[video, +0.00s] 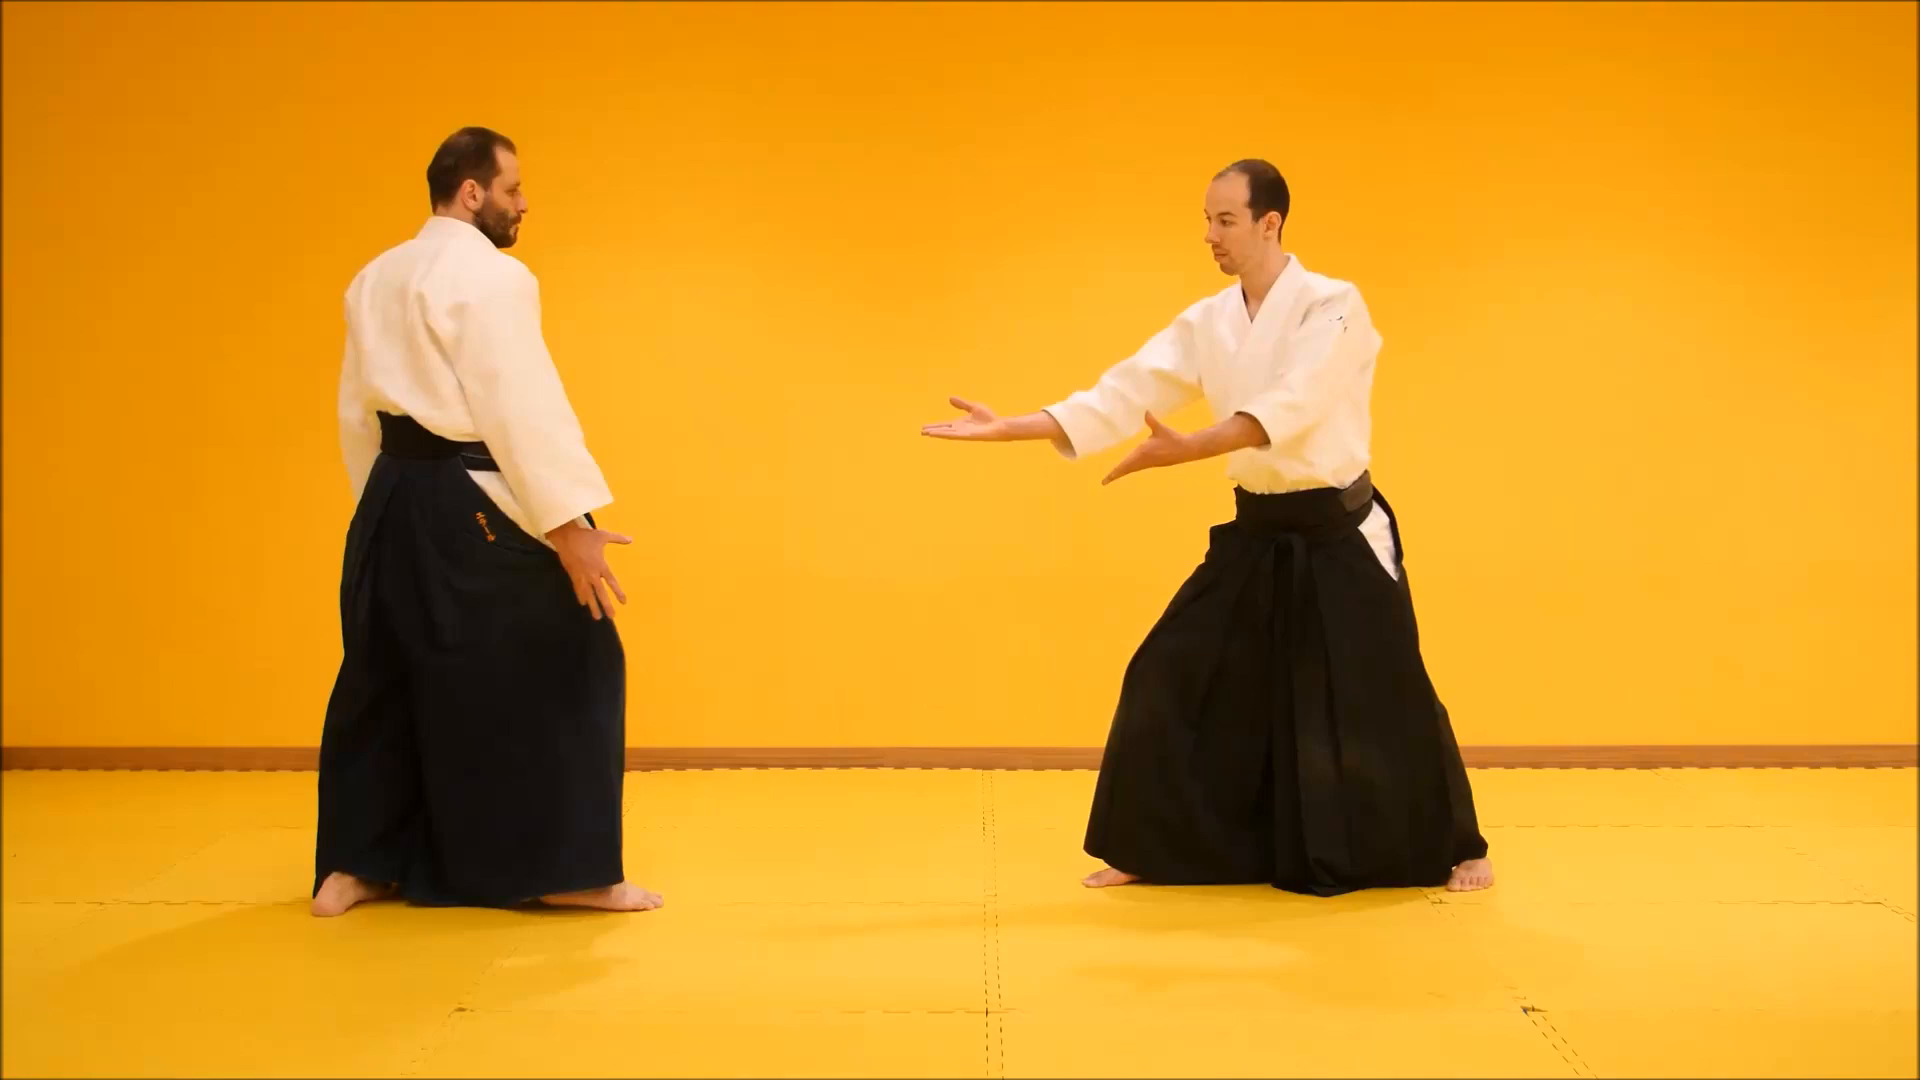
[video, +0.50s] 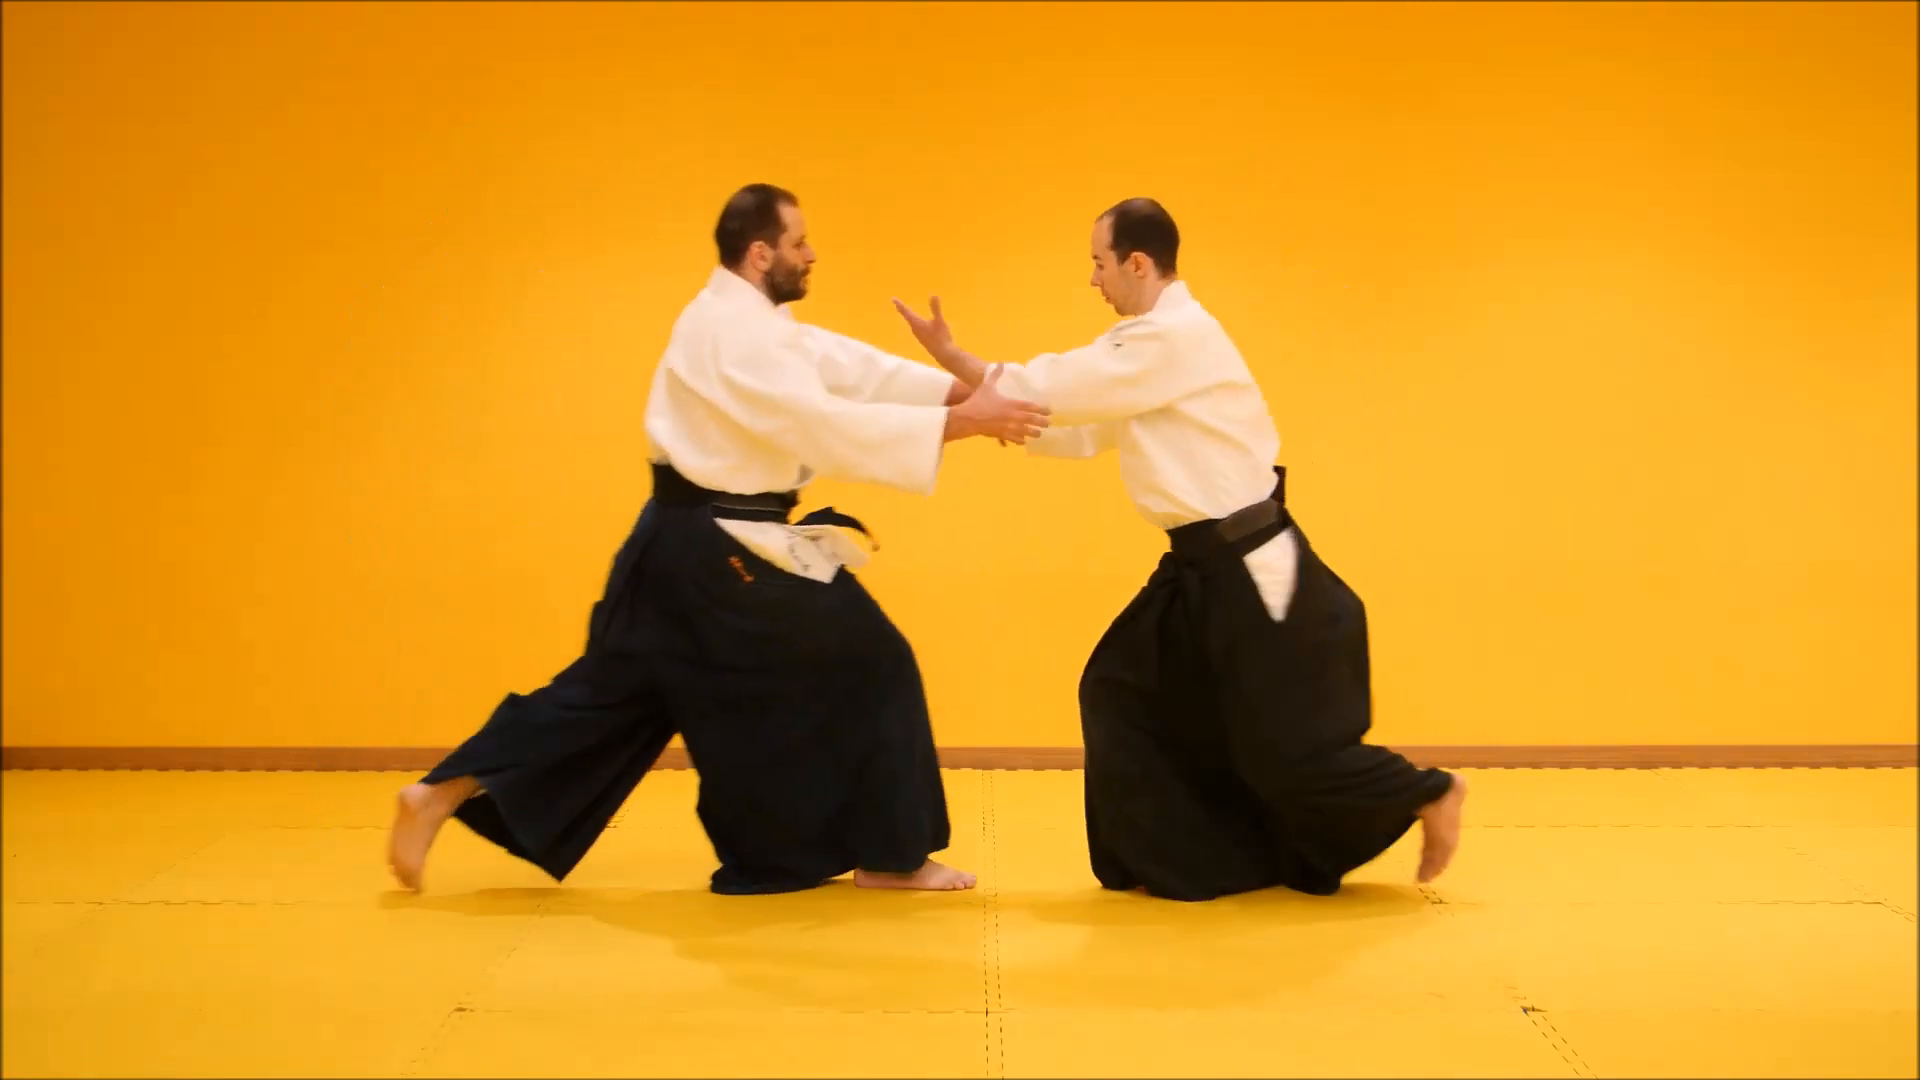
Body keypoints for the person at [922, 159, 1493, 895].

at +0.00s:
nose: (1210, 236)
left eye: (1222, 220)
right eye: (1207, 221)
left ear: (1271, 220)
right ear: (1223, 226)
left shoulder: (1333, 306)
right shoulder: (1209, 322)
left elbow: (1293, 408)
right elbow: (1119, 394)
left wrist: (1189, 446)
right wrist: (1004, 426)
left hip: (1343, 531)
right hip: (1254, 535)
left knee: (1394, 689)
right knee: (1161, 675)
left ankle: (1461, 846)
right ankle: (1147, 846)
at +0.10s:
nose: (1211, 237)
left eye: (1223, 220)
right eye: (1208, 222)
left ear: (1272, 221)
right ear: (1226, 227)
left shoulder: (1338, 307)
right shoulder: (1212, 322)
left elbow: (1295, 407)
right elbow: (1121, 395)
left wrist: (1192, 447)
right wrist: (1007, 426)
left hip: (1346, 531)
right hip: (1257, 535)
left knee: (1393, 690)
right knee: (1165, 676)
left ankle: (1460, 846)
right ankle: (1147, 846)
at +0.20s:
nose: (1204, 240)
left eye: (1216, 223)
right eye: (1203, 225)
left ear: (1265, 225)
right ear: (1235, 229)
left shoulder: (1334, 310)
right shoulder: (1212, 325)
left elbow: (1290, 414)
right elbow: (1124, 398)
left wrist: (1180, 449)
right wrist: (1012, 427)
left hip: (1347, 533)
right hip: (1259, 537)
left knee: (1395, 690)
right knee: (1163, 670)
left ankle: (1460, 845)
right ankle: (1150, 845)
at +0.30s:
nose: (1178, 250)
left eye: (1190, 234)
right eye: (1178, 235)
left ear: (1238, 239)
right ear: (1223, 242)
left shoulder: (1310, 329)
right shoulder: (1199, 336)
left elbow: (1226, 416)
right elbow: (1110, 403)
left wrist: (1115, 429)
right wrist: (1001, 427)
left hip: (1337, 545)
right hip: (1254, 549)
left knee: (1391, 696)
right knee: (1150, 665)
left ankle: (1458, 845)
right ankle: (1182, 851)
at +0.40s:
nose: (1138, 269)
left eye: (1147, 253)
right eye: (1138, 254)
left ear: (1191, 257)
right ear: (1183, 259)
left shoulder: (1252, 336)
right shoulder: (1170, 353)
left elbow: (1145, 396)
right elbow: (1096, 427)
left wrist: (1023, 387)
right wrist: (980, 428)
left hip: (1307, 557)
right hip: (1231, 565)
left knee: (1364, 705)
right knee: (1129, 685)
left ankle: (1462, 836)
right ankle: (1176, 851)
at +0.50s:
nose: (1092, 276)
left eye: (1099, 261)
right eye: (1092, 261)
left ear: (1139, 265)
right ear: (1143, 265)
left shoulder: (1174, 335)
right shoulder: (1149, 346)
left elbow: (1058, 382)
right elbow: (1082, 435)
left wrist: (950, 355)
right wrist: (996, 410)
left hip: (1249, 561)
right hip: (1195, 564)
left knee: (1274, 746)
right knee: (1114, 687)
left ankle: (1430, 794)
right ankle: (1166, 855)